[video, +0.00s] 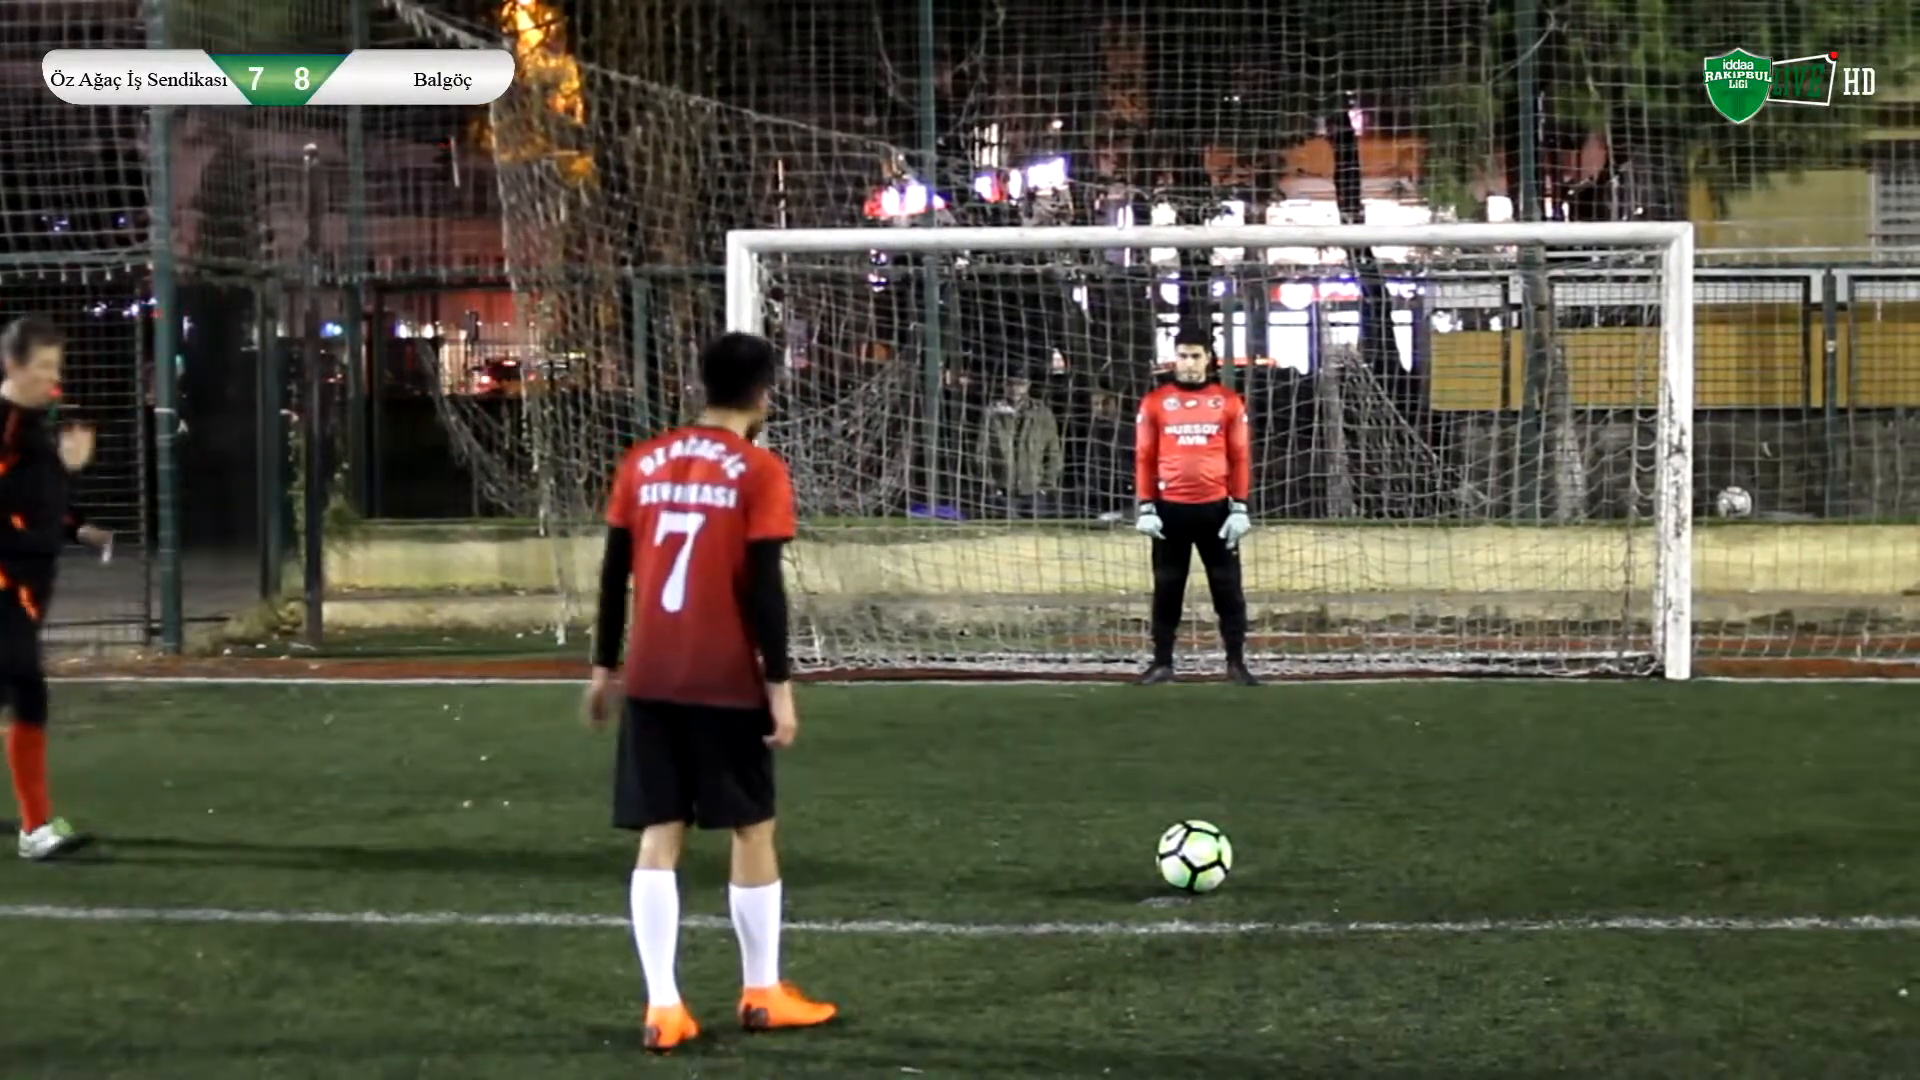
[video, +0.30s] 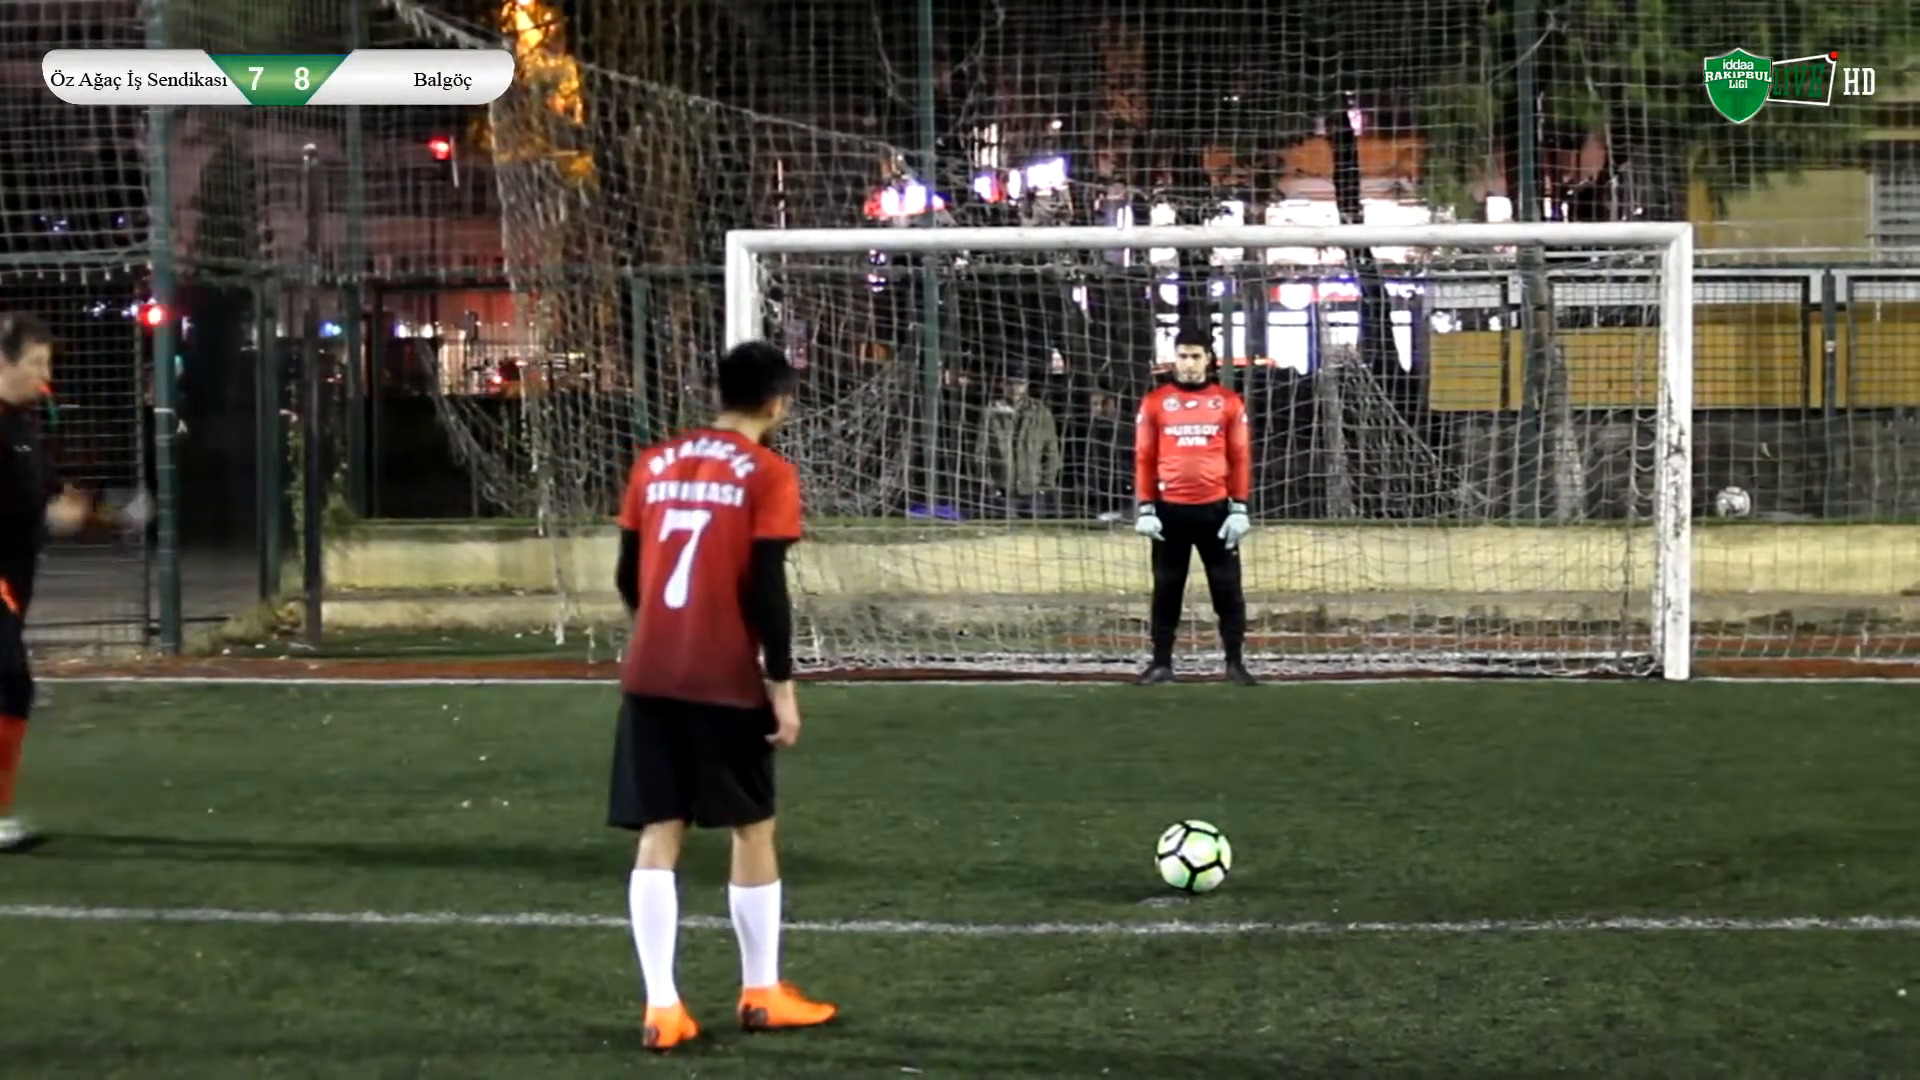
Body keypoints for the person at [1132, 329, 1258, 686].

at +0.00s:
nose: (1188, 363)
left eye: (1195, 356)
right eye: (1182, 356)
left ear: (1209, 359)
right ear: (1174, 359)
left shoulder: (1229, 402)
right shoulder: (1154, 402)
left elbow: (1240, 456)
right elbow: (1144, 456)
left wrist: (1239, 505)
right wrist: (1146, 505)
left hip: (1216, 507)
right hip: (1169, 508)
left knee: (1228, 589)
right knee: (1166, 590)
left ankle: (1236, 662)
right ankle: (1162, 661)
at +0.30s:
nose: (1189, 363)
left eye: (1196, 356)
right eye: (1183, 356)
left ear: (1209, 360)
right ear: (1173, 359)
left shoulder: (1229, 403)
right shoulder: (1154, 403)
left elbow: (1240, 456)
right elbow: (1144, 457)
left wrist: (1239, 505)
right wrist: (1145, 506)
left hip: (1216, 508)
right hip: (1169, 509)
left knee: (1228, 590)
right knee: (1166, 590)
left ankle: (1235, 662)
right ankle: (1161, 662)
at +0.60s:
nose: (1194, 363)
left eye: (1201, 356)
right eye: (1187, 356)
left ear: (1213, 359)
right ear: (1179, 358)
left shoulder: (1234, 402)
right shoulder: (1159, 402)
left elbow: (1245, 456)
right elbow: (1149, 456)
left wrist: (1244, 505)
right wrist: (1150, 505)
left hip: (1221, 507)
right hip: (1175, 509)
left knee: (1233, 589)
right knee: (1171, 589)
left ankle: (1238, 660)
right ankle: (1165, 660)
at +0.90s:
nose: (1194, 365)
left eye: (1201, 358)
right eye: (1188, 358)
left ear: (1213, 360)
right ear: (1178, 360)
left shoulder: (1233, 402)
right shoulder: (1157, 402)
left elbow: (1243, 456)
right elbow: (1148, 457)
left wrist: (1243, 506)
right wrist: (1151, 508)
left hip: (1221, 508)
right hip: (1174, 510)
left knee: (1232, 591)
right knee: (1169, 590)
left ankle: (1236, 660)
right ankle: (1163, 660)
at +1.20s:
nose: (1200, 371)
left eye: (1206, 363)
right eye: (1194, 363)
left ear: (1218, 364)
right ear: (1183, 365)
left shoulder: (1239, 405)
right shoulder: (1163, 406)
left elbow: (1248, 459)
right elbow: (1152, 461)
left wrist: (1248, 508)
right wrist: (1154, 512)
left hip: (1228, 511)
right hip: (1181, 513)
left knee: (1247, 587)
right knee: (1170, 591)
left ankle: (1254, 659)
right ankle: (1163, 661)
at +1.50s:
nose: (1205, 381)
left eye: (1212, 374)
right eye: (1198, 374)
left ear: (1223, 375)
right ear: (1187, 375)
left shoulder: (1243, 415)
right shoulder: (1168, 415)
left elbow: (1252, 472)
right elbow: (1158, 472)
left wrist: (1253, 521)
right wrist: (1157, 523)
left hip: (1231, 516)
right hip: (1185, 516)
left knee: (1255, 589)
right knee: (1167, 593)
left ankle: (1256, 660)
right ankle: (1159, 664)